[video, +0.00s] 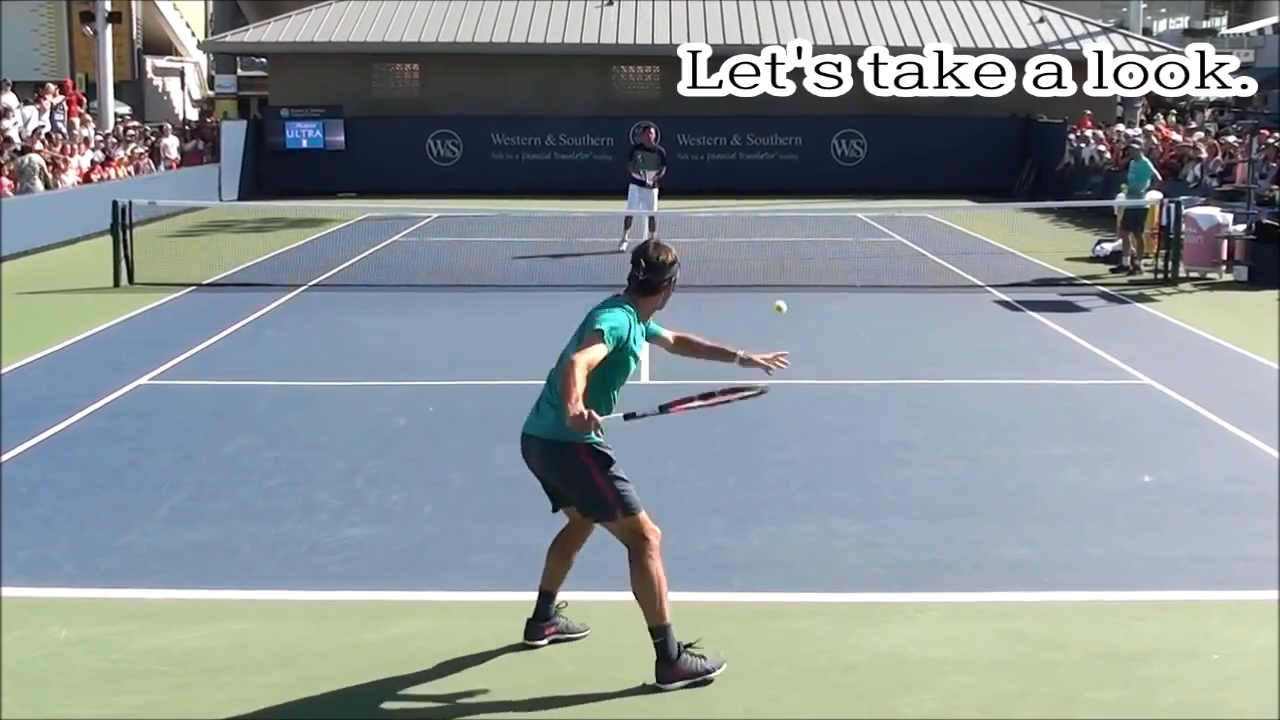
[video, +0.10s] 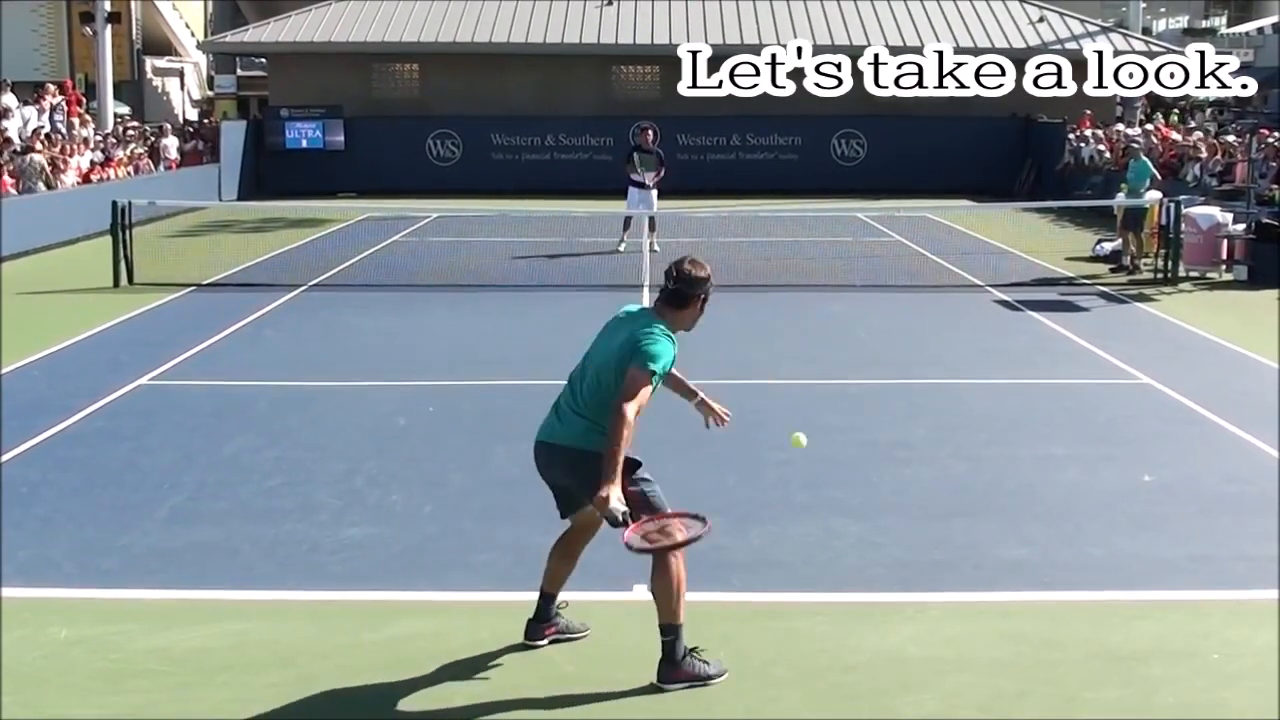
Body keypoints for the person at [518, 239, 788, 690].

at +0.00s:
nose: (672, 294)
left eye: (671, 286)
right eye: (673, 287)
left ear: (634, 278)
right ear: (665, 290)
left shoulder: (629, 318)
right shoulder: (618, 319)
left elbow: (677, 343)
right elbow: (577, 360)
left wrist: (743, 357)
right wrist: (574, 405)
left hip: (542, 440)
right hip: (572, 444)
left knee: (580, 521)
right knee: (644, 537)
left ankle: (542, 618)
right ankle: (670, 659)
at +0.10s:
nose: (703, 312)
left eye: (703, 304)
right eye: (705, 305)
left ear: (665, 294)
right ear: (696, 306)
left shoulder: (630, 314)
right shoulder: (658, 344)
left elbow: (655, 368)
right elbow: (626, 411)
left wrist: (696, 397)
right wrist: (613, 481)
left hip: (552, 446)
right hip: (592, 455)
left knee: (586, 519)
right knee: (668, 538)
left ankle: (542, 619)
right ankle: (675, 659)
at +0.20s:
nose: (721, 327)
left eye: (725, 319)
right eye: (724, 317)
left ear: (684, 300)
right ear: (714, 310)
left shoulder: (631, 313)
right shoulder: (691, 362)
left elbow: (621, 366)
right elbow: (692, 456)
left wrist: (656, 404)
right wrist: (718, 527)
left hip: (567, 450)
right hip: (617, 462)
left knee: (589, 520)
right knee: (683, 540)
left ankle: (545, 617)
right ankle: (675, 658)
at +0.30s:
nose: (732, 320)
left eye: (736, 312)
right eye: (735, 310)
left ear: (695, 293)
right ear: (724, 303)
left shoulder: (636, 305)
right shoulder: (710, 362)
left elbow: (590, 348)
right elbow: (716, 443)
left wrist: (639, 366)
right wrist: (734, 470)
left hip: (577, 447)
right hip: (633, 459)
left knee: (579, 524)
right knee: (684, 539)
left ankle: (551, 620)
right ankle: (676, 659)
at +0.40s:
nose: (732, 293)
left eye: (734, 285)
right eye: (734, 285)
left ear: (692, 270)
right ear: (726, 282)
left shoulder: (633, 290)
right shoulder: (717, 335)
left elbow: (580, 340)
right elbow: (728, 413)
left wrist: (626, 351)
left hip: (587, 436)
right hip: (643, 447)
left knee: (562, 535)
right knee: (683, 540)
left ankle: (553, 625)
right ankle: (675, 659)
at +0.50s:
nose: (724, 263)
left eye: (718, 255)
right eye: (724, 257)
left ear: (679, 250)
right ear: (719, 261)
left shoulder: (625, 280)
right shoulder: (716, 315)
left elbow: (575, 341)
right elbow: (723, 367)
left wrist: (622, 327)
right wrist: (686, 335)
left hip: (591, 430)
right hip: (651, 441)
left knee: (563, 537)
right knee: (679, 541)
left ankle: (536, 644)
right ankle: (675, 658)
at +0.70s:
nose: (669, 242)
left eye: (649, 232)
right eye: (674, 236)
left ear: (633, 237)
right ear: (675, 242)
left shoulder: (594, 285)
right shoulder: (690, 299)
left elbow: (554, 357)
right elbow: (677, 337)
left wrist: (570, 308)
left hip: (587, 439)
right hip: (649, 442)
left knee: (559, 547)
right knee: (666, 549)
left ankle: (529, 667)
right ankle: (674, 657)